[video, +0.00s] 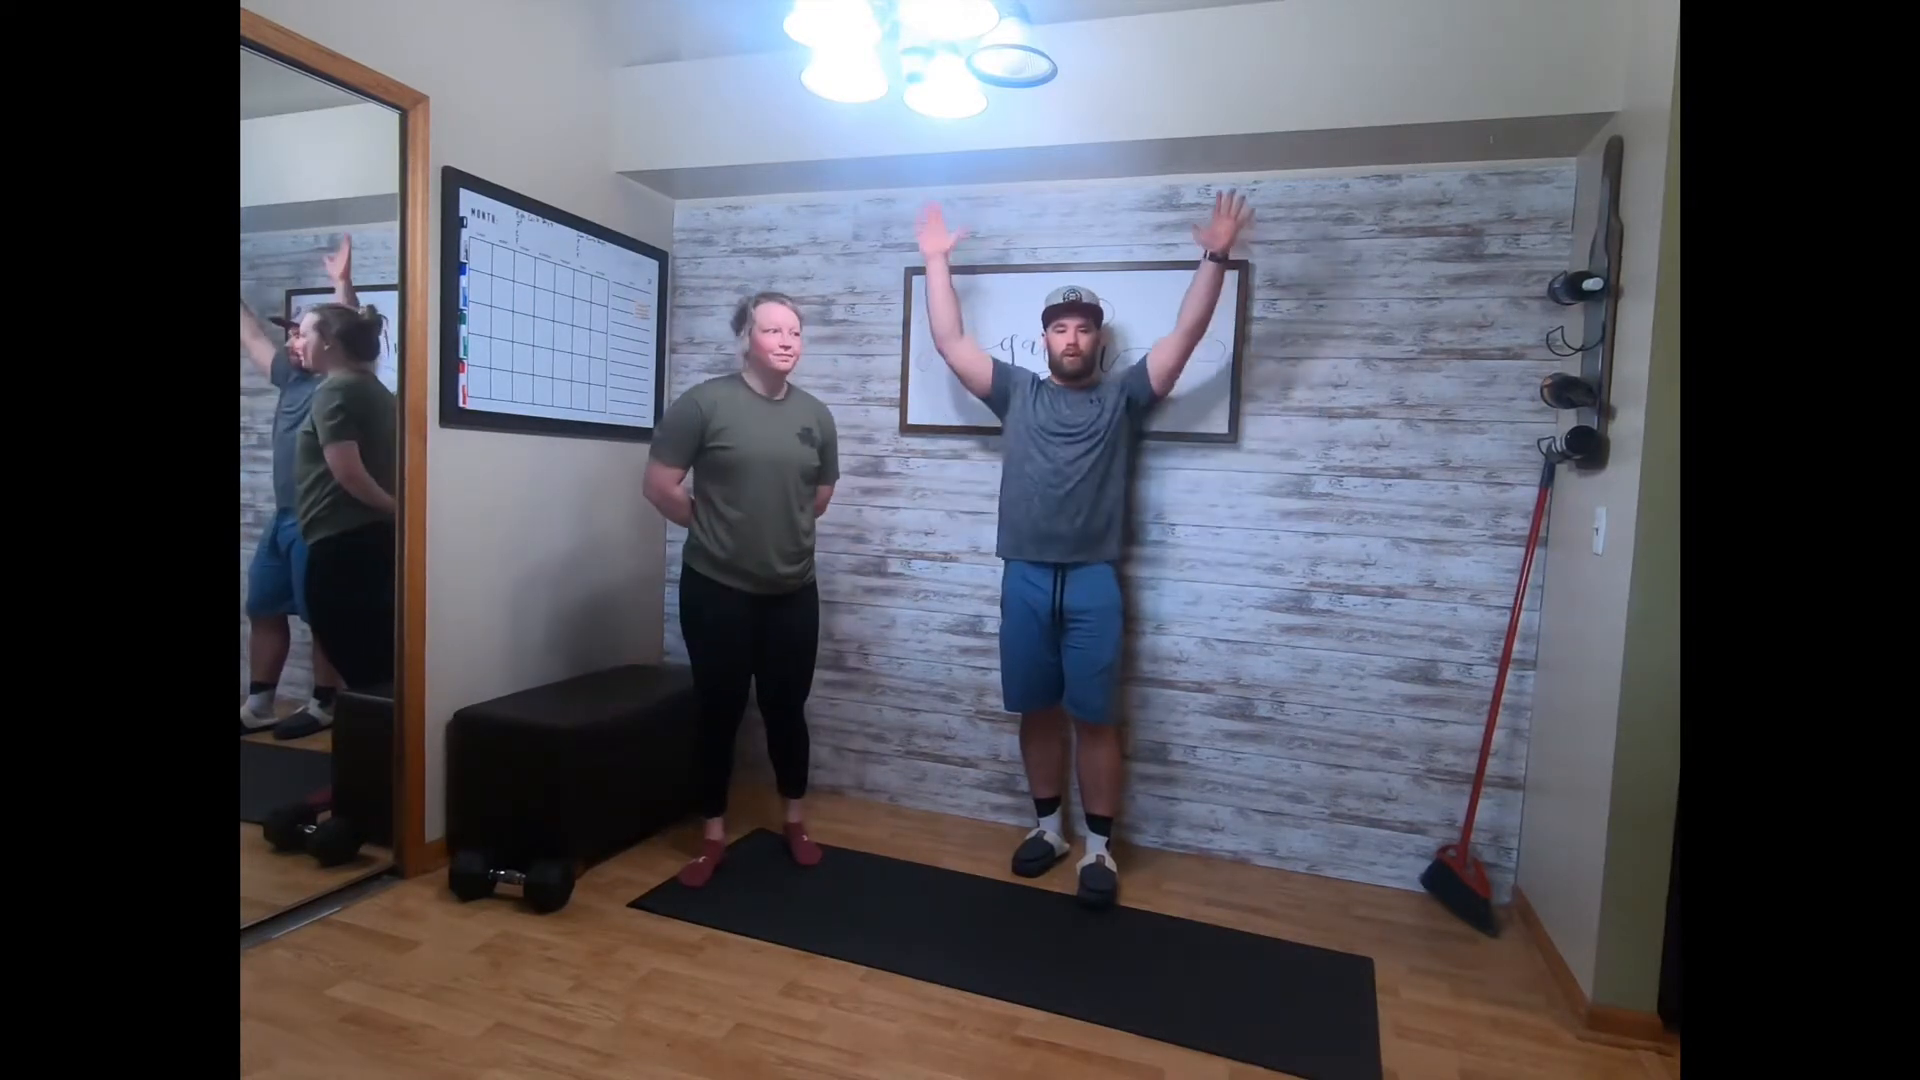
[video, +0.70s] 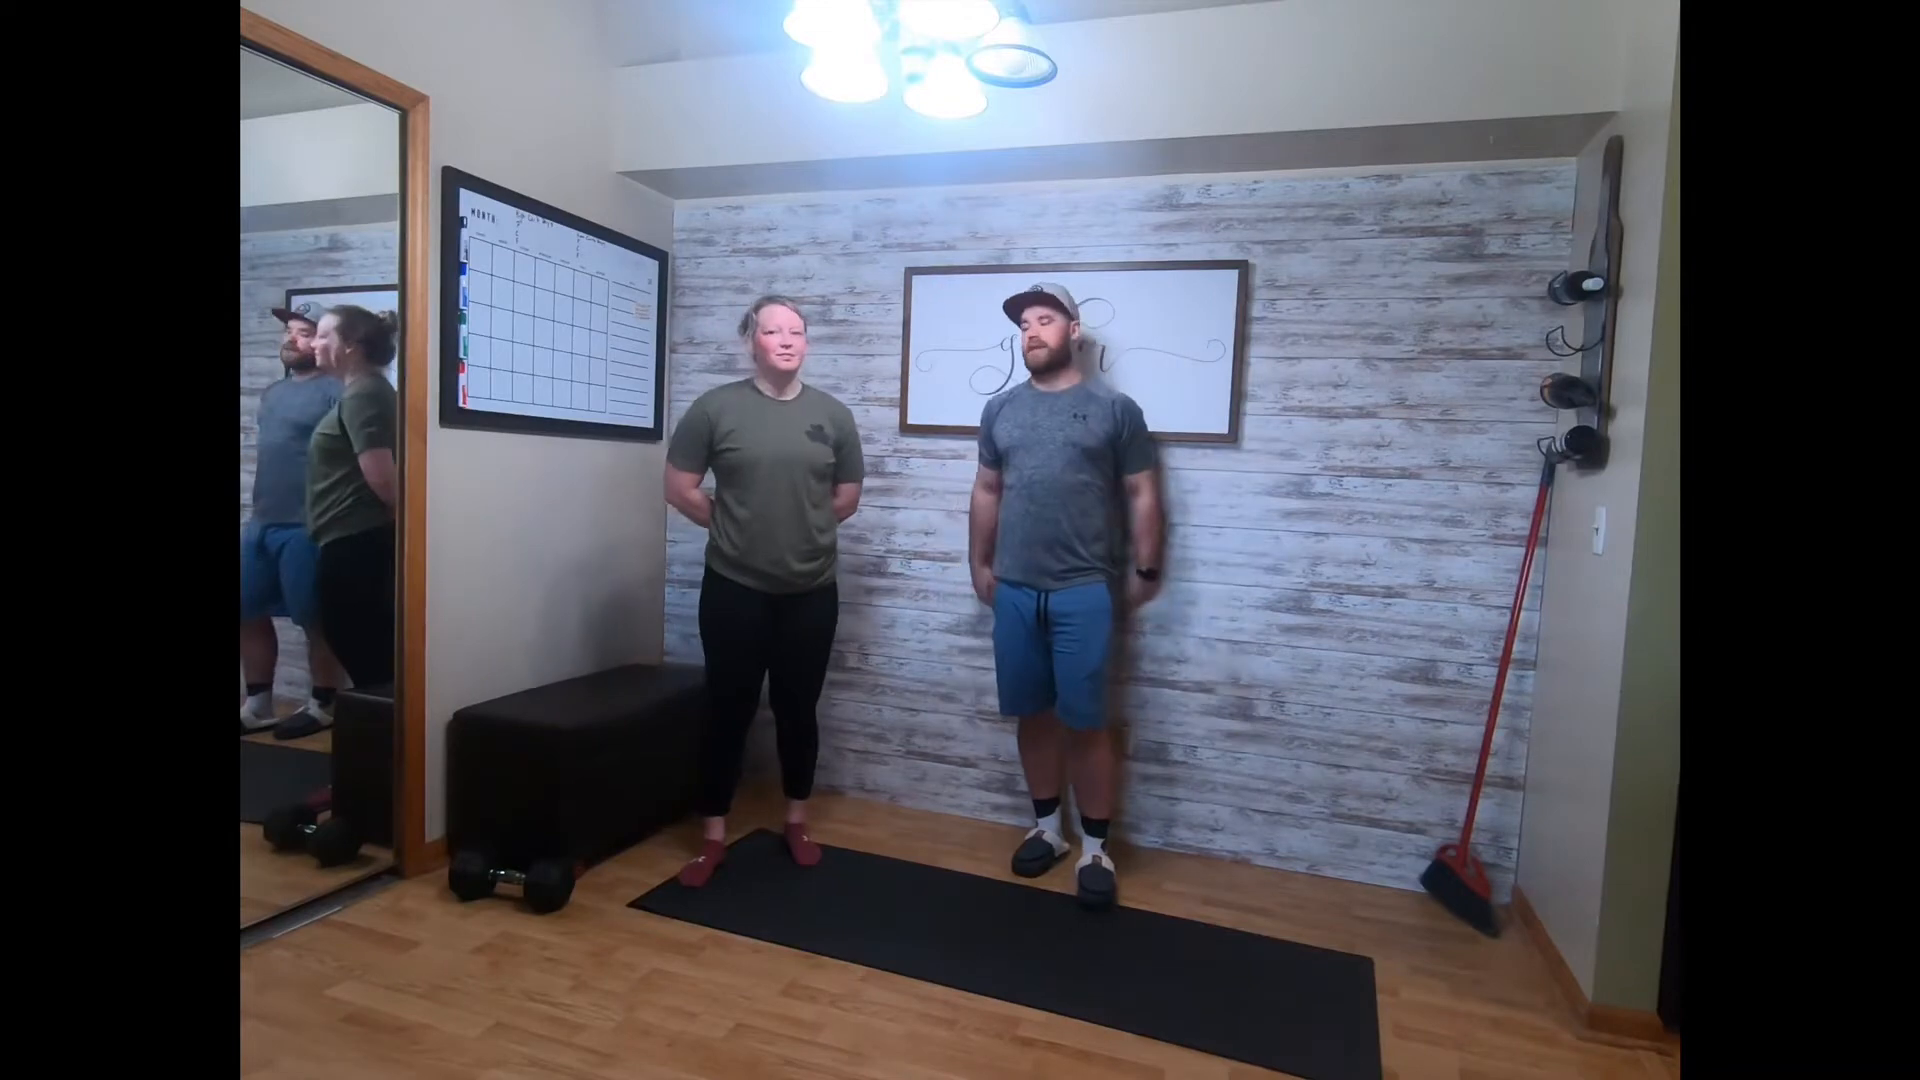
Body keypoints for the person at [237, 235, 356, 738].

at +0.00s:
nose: (292, 341)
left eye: (301, 333)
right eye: (290, 333)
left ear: (327, 339)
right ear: (290, 342)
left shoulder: (338, 382)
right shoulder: (289, 375)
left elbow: (349, 335)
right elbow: (252, 336)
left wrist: (342, 283)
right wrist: (238, 301)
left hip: (323, 522)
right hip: (283, 519)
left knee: (322, 617)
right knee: (264, 609)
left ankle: (324, 706)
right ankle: (260, 702)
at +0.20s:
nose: (291, 340)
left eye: (301, 332)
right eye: (292, 333)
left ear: (327, 340)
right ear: (294, 342)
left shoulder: (338, 386)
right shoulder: (287, 381)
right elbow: (246, 375)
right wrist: (240, 328)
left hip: (318, 524)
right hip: (280, 521)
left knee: (321, 620)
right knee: (262, 609)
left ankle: (324, 705)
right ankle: (259, 703)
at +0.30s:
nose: (292, 341)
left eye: (301, 333)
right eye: (293, 333)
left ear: (325, 342)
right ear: (298, 343)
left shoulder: (338, 392)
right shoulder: (287, 391)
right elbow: (249, 408)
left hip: (317, 525)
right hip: (278, 522)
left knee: (320, 621)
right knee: (262, 610)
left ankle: (324, 705)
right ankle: (259, 704)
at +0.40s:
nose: (292, 340)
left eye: (303, 333)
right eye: (293, 332)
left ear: (326, 342)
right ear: (296, 342)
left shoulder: (337, 392)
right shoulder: (286, 393)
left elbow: (348, 444)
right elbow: (266, 437)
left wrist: (309, 425)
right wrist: (240, 439)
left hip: (314, 525)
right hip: (276, 522)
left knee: (319, 619)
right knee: (259, 609)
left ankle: (324, 705)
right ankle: (259, 703)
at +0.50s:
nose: (293, 342)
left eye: (304, 334)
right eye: (293, 335)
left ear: (328, 344)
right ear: (293, 344)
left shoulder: (337, 392)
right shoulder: (281, 395)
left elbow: (350, 461)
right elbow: (270, 456)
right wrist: (248, 491)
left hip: (313, 526)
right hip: (272, 524)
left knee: (318, 620)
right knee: (256, 611)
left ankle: (324, 705)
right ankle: (259, 704)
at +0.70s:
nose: (291, 340)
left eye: (303, 334)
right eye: (288, 334)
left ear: (321, 344)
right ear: (283, 342)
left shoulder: (333, 389)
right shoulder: (272, 392)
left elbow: (348, 455)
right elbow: (267, 453)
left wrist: (331, 513)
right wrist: (260, 508)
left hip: (308, 525)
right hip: (261, 522)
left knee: (315, 620)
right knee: (251, 613)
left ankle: (324, 706)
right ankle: (257, 705)